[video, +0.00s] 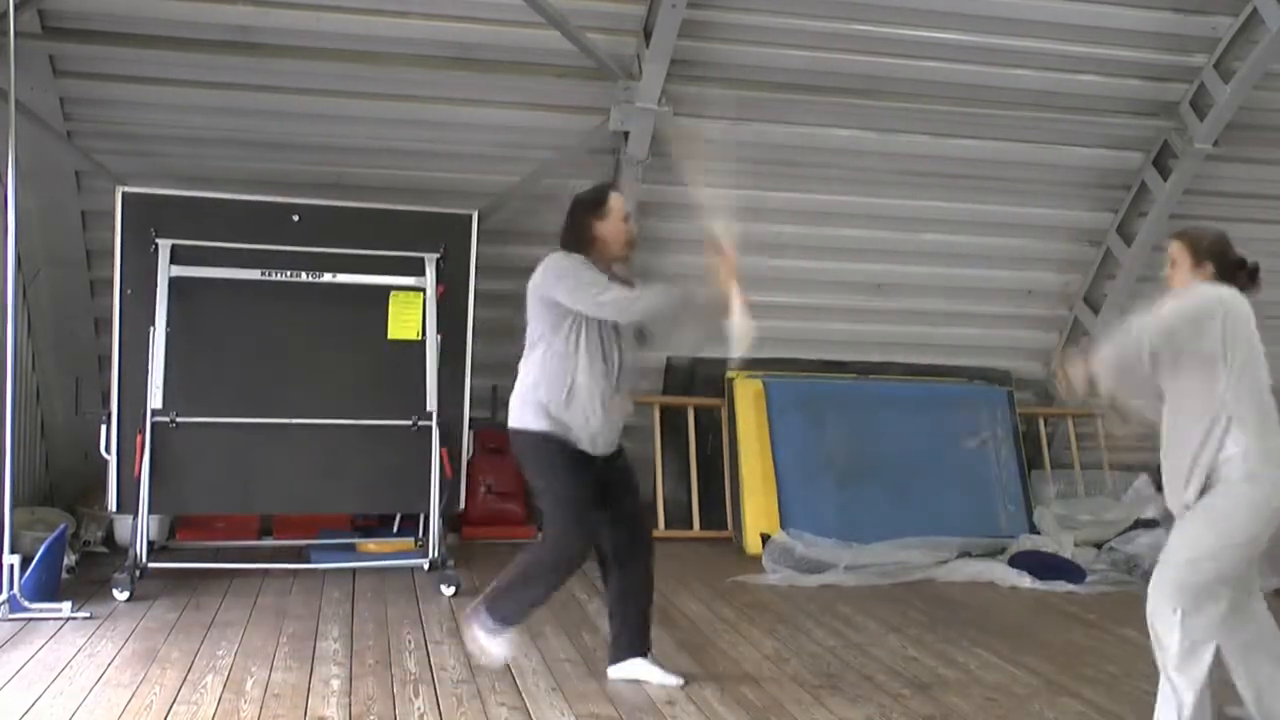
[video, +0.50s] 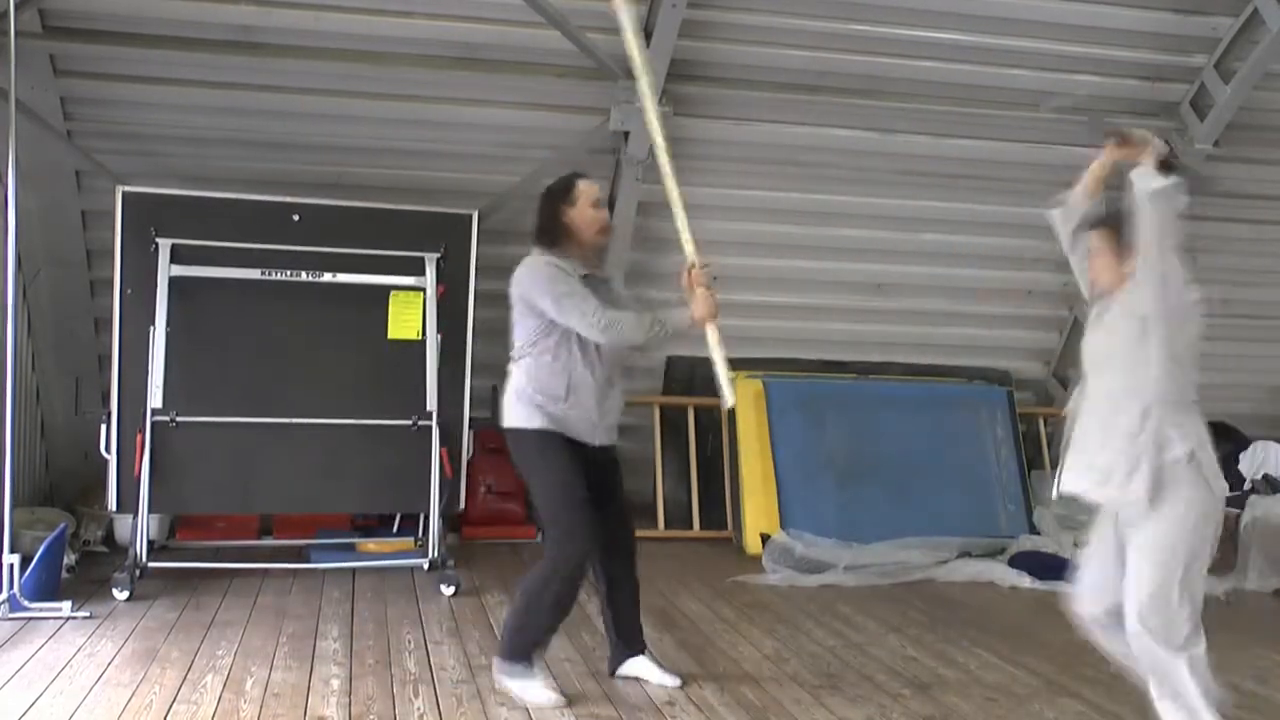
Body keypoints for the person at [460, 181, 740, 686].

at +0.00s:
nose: (631, 227)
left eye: (630, 218)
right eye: (622, 218)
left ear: (605, 228)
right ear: (592, 225)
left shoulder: (622, 291)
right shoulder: (557, 270)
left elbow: (666, 333)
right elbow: (627, 307)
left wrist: (721, 308)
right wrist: (703, 293)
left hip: (597, 435)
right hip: (544, 426)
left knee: (629, 539)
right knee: (572, 537)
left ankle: (629, 657)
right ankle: (490, 618)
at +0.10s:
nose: (635, 218)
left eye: (635, 209)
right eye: (625, 209)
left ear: (618, 219)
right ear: (592, 216)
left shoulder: (622, 283)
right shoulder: (559, 264)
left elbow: (647, 356)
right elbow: (627, 318)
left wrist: (708, 353)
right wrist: (710, 336)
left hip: (604, 427)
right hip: (550, 417)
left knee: (625, 535)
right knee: (590, 511)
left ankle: (627, 655)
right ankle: (528, 578)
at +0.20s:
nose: (636, 214)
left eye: (634, 206)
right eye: (625, 205)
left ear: (612, 217)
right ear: (593, 214)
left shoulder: (629, 287)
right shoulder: (555, 262)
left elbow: (658, 359)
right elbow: (607, 319)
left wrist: (718, 355)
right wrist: (683, 349)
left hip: (608, 423)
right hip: (552, 410)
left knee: (623, 540)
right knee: (609, 487)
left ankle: (628, 655)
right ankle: (546, 550)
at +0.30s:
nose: (636, 210)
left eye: (634, 202)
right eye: (624, 202)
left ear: (612, 215)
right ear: (592, 212)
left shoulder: (635, 282)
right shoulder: (551, 261)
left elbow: (657, 357)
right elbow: (605, 324)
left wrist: (704, 329)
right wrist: (681, 335)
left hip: (607, 422)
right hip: (551, 408)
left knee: (623, 538)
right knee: (612, 486)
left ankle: (627, 653)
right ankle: (543, 557)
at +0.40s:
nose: (623, 211)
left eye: (620, 203)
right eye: (610, 203)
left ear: (605, 217)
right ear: (577, 213)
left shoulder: (618, 281)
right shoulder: (545, 267)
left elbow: (650, 338)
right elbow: (603, 321)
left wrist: (693, 310)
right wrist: (684, 316)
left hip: (601, 429)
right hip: (546, 417)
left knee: (623, 536)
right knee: (592, 511)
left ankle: (627, 654)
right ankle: (520, 607)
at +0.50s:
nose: (606, 215)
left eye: (606, 206)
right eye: (595, 205)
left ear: (595, 218)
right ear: (563, 215)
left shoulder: (599, 283)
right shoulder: (536, 272)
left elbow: (630, 338)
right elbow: (605, 328)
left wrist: (686, 302)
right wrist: (684, 317)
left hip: (590, 429)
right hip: (538, 422)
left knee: (616, 541)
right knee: (572, 541)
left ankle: (628, 657)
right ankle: (514, 661)